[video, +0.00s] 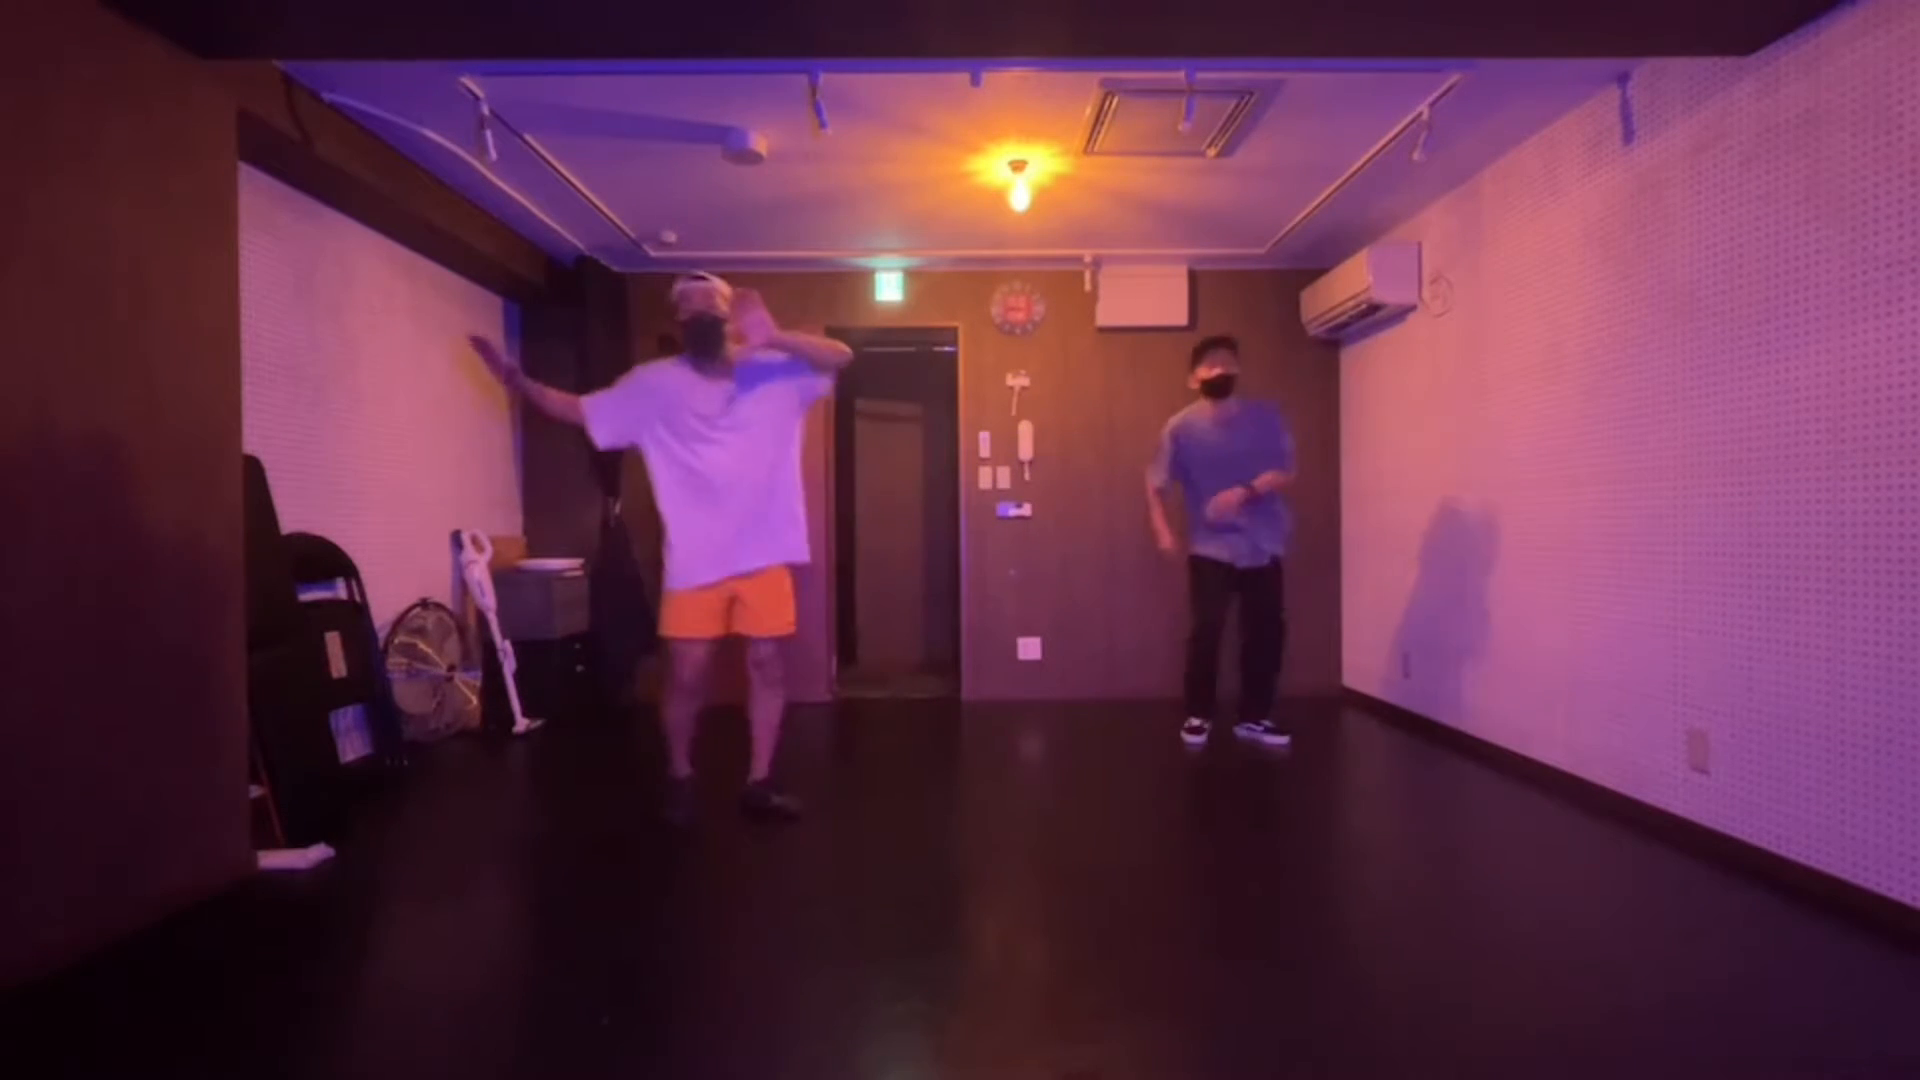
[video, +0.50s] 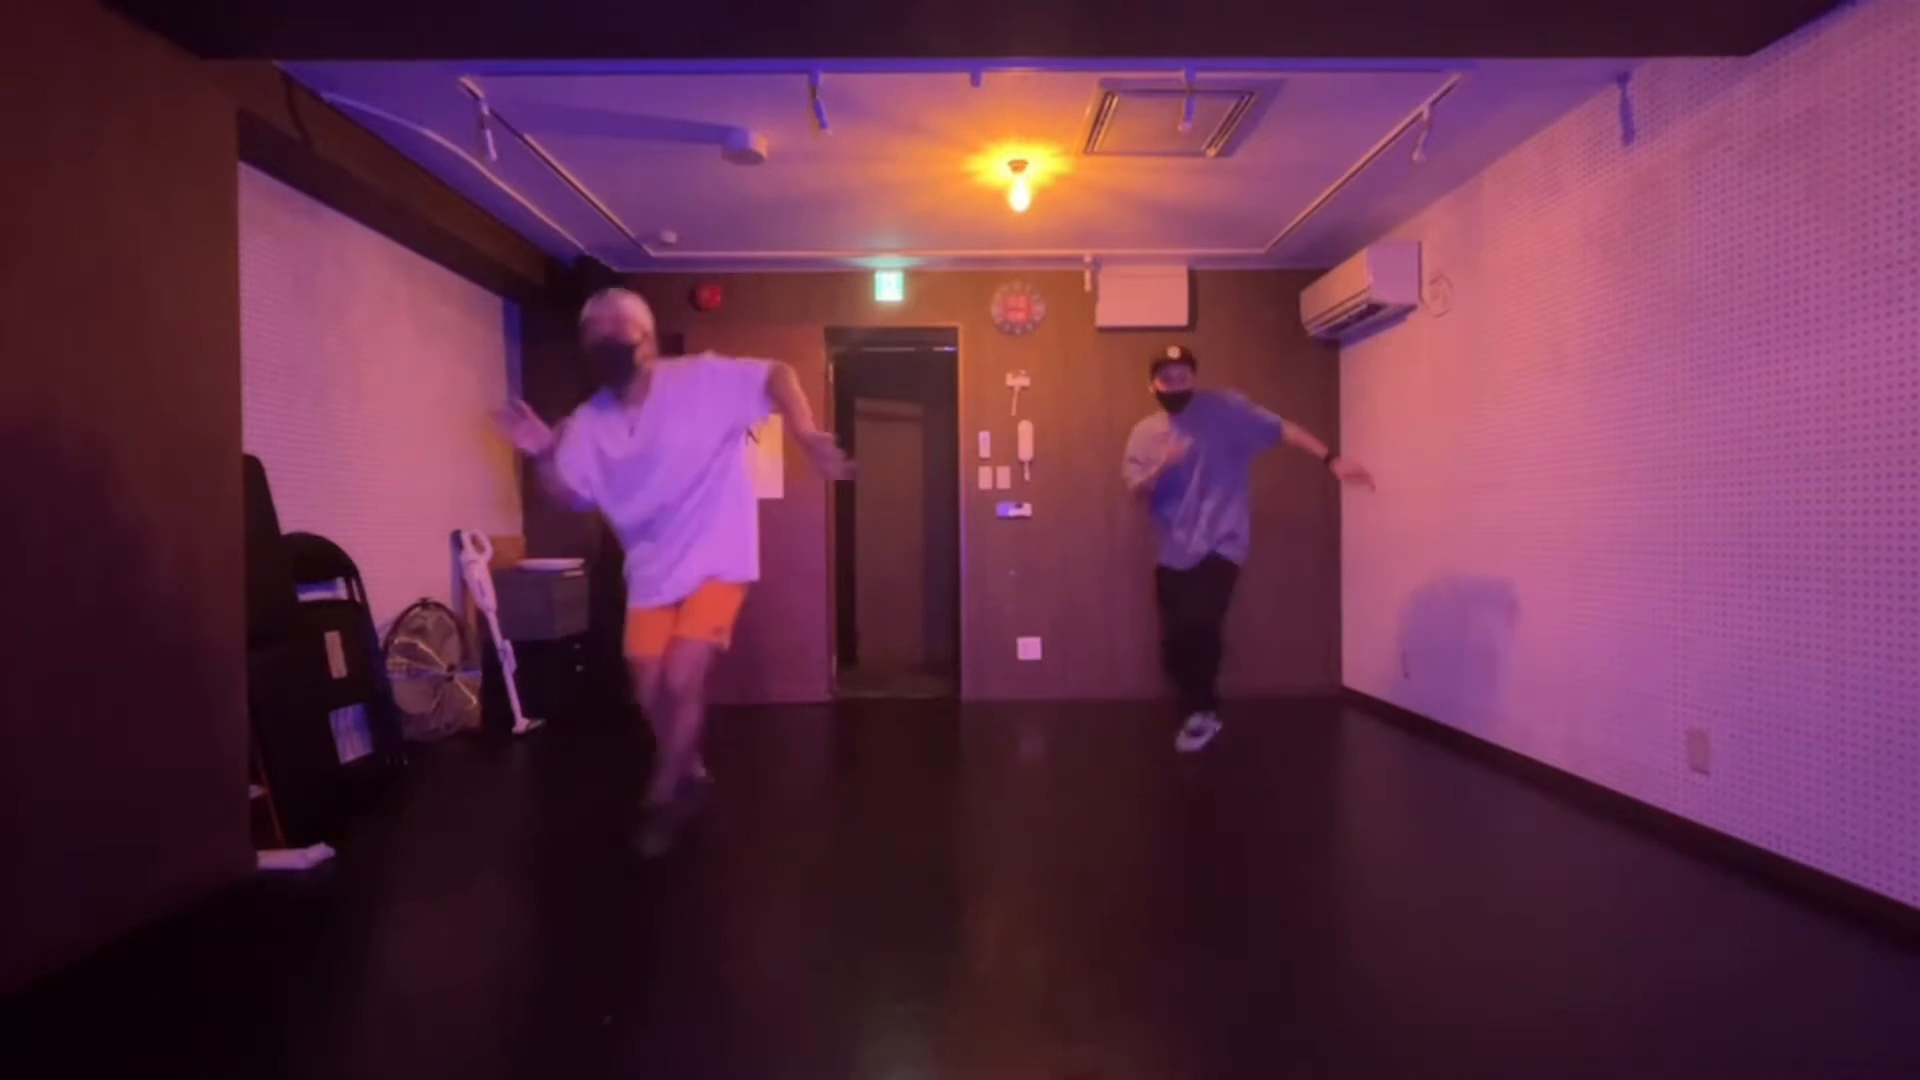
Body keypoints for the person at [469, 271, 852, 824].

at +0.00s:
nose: (699, 316)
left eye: (709, 306)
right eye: (688, 309)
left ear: (731, 318)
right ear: (676, 324)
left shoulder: (774, 374)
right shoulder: (657, 382)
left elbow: (841, 356)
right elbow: (579, 409)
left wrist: (773, 335)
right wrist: (514, 378)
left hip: (765, 551)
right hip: (694, 556)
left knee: (767, 661)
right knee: (688, 672)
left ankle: (760, 783)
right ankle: (680, 780)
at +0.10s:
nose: (682, 317)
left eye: (693, 306)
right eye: (673, 309)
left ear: (716, 315)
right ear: (661, 321)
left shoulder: (761, 370)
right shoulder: (642, 378)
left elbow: (826, 349)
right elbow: (568, 405)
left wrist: (759, 339)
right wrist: (513, 381)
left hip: (755, 548)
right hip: (682, 555)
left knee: (764, 659)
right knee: (681, 671)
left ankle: (761, 781)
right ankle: (678, 779)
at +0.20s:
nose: (665, 321)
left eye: (675, 311)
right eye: (654, 313)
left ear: (697, 316)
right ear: (640, 321)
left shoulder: (732, 357)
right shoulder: (621, 379)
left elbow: (806, 358)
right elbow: (568, 423)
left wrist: (751, 372)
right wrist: (537, 416)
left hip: (739, 544)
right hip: (666, 554)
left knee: (754, 665)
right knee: (673, 672)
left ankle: (762, 777)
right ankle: (679, 782)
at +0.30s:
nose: (650, 323)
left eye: (661, 313)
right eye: (639, 315)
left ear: (685, 319)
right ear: (625, 325)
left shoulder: (724, 361)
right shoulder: (609, 387)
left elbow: (793, 369)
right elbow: (571, 444)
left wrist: (750, 404)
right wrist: (544, 435)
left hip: (730, 548)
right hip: (659, 557)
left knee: (734, 666)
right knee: (669, 674)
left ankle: (756, 784)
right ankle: (679, 785)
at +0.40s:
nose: (635, 323)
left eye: (646, 312)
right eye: (623, 315)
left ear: (670, 319)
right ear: (609, 328)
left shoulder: (713, 363)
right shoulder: (599, 396)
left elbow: (786, 372)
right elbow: (587, 469)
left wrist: (769, 418)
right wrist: (558, 447)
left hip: (723, 544)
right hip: (654, 555)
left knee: (711, 667)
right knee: (663, 676)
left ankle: (732, 783)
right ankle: (680, 783)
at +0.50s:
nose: (613, 345)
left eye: (624, 333)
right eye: (600, 337)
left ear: (649, 339)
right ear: (586, 351)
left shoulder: (701, 377)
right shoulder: (587, 425)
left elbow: (777, 375)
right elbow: (569, 499)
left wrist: (810, 438)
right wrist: (544, 455)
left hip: (720, 551)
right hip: (652, 566)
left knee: (682, 677)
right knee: (649, 689)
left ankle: (658, 805)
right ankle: (693, 779)